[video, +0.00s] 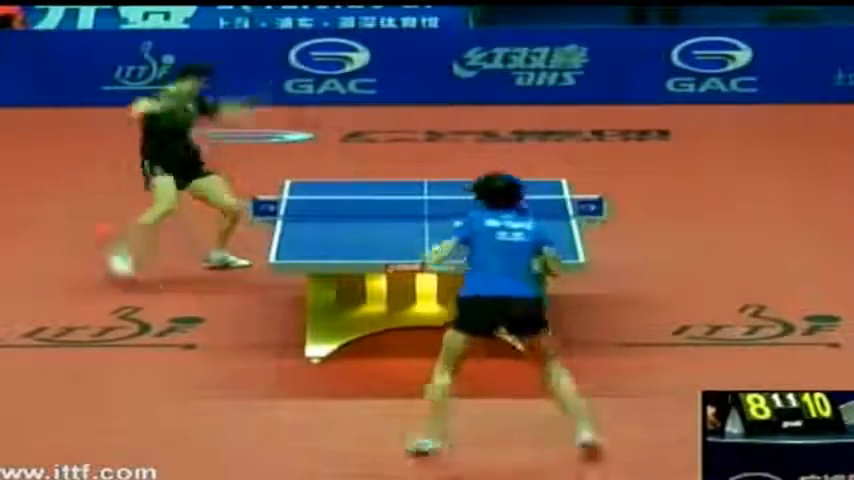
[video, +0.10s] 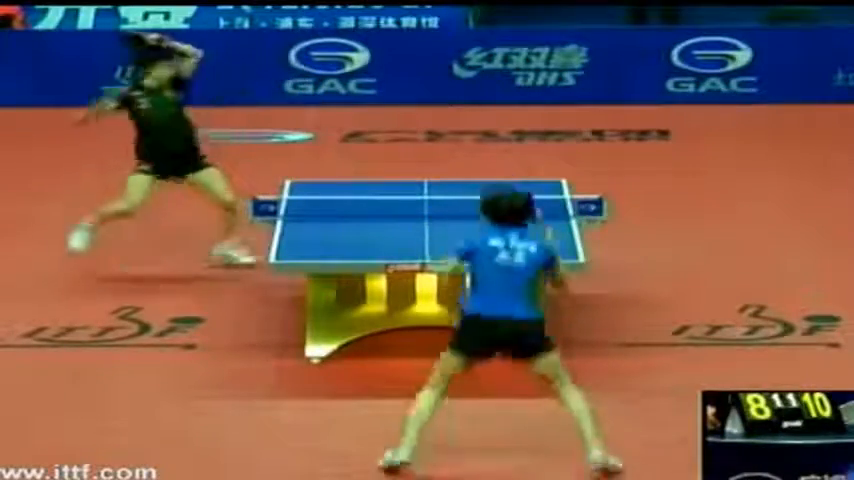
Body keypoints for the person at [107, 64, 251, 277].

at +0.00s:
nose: (196, 88)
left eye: (199, 84)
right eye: (193, 83)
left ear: (199, 86)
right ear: (182, 82)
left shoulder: (195, 101)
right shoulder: (163, 100)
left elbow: (216, 112)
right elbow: (146, 106)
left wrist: (242, 112)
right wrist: (142, 108)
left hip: (187, 163)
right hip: (160, 163)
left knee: (231, 208)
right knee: (166, 205)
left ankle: (218, 253)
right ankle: (123, 252)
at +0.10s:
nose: (168, 72)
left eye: (169, 68)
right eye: (163, 68)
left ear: (171, 70)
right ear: (151, 69)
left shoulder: (176, 87)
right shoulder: (133, 96)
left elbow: (194, 57)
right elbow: (108, 106)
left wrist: (166, 44)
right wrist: (92, 113)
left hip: (188, 160)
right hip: (151, 163)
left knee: (230, 201)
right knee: (130, 206)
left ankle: (227, 246)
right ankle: (88, 226)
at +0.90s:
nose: (272, 97)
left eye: (274, 93)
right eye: (267, 92)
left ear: (275, 96)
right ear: (253, 94)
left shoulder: (273, 120)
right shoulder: (229, 111)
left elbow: (287, 152)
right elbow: (185, 124)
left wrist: (313, 158)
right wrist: (214, 136)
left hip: (236, 161)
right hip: (206, 160)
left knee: (268, 201)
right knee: (208, 211)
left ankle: (285, 252)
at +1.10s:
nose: (290, 105)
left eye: (290, 100)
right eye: (285, 100)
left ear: (284, 104)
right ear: (270, 101)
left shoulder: (280, 127)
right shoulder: (238, 116)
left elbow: (293, 158)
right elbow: (197, 124)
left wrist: (330, 165)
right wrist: (219, 137)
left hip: (250, 174)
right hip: (218, 174)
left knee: (292, 201)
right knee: (219, 223)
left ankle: (284, 262)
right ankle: (185, 258)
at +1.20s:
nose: (305, 110)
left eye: (306, 105)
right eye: (302, 104)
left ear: (298, 107)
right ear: (288, 103)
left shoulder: (292, 130)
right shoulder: (253, 116)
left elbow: (309, 159)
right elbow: (208, 119)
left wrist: (350, 166)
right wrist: (229, 132)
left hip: (259, 175)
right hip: (227, 174)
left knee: (293, 209)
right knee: (224, 224)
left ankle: (293, 259)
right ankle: (186, 259)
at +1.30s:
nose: (339, 115)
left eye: (341, 110)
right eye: (337, 109)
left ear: (331, 111)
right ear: (321, 106)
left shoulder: (324, 134)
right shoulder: (287, 115)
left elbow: (342, 161)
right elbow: (260, 114)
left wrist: (381, 164)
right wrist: (241, 113)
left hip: (281, 179)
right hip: (249, 174)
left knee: (299, 219)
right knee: (234, 219)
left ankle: (303, 264)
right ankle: (188, 259)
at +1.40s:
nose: (363, 119)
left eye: (365, 115)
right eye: (362, 113)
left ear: (354, 113)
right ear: (347, 107)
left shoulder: (347, 134)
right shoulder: (308, 115)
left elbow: (362, 163)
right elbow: (276, 111)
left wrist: (398, 164)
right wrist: (251, 109)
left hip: (308, 180)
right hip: (271, 176)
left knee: (333, 216)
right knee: (238, 222)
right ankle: (194, 260)